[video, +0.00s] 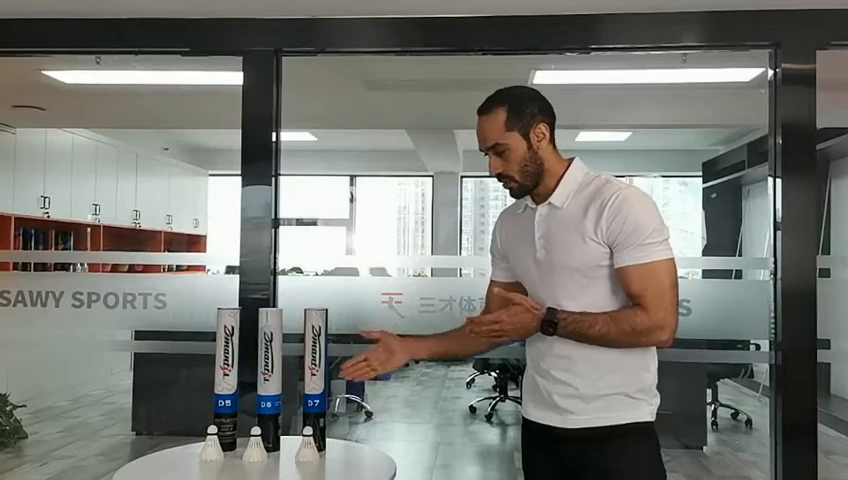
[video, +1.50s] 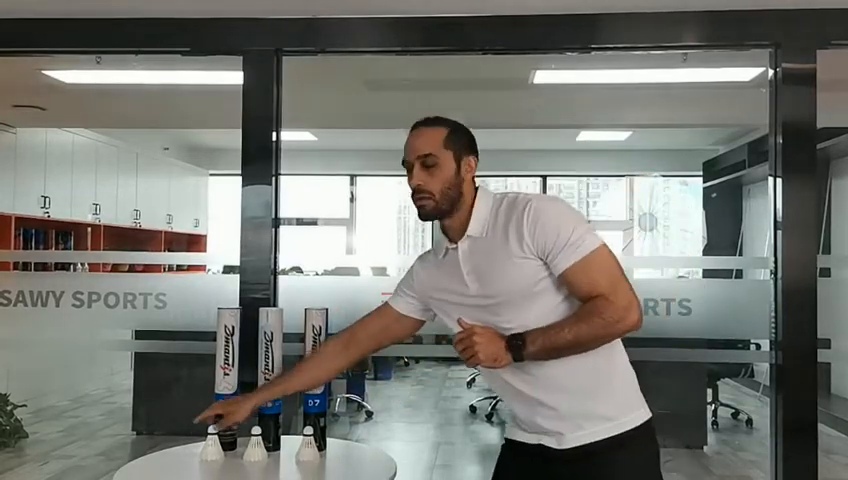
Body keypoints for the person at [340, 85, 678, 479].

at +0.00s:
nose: (492, 169)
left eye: (500, 151)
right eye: (488, 156)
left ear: (540, 135)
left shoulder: (620, 204)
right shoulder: (510, 224)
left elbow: (658, 326)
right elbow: (495, 326)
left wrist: (543, 320)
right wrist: (411, 347)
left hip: (618, 432)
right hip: (541, 431)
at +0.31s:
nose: (489, 166)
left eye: (495, 149)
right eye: (485, 153)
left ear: (536, 133)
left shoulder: (619, 203)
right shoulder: (513, 223)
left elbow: (655, 325)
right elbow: (513, 324)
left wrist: (539, 320)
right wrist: (435, 329)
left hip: (617, 430)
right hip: (542, 428)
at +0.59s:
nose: (496, 163)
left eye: (504, 145)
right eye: (492, 149)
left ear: (544, 132)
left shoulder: (622, 199)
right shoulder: (526, 224)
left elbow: (657, 323)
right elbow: (533, 331)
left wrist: (542, 319)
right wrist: (455, 356)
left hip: (626, 431)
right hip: (551, 428)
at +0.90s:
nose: (513, 156)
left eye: (520, 139)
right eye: (511, 143)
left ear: (562, 126)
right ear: (561, 127)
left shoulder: (645, 196)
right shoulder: (546, 226)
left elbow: (685, 323)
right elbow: (549, 330)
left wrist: (566, 321)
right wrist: (458, 364)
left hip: (656, 440)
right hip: (573, 432)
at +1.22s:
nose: (469, 158)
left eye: (479, 143)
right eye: (469, 146)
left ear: (523, 140)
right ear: (513, 143)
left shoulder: (606, 201)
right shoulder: (504, 241)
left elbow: (668, 313)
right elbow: (446, 323)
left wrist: (548, 331)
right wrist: (343, 361)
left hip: (640, 444)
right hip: (555, 440)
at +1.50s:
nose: (414, 180)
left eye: (428, 164)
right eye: (408, 168)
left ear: (469, 166)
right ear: (405, 176)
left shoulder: (539, 217)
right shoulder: (429, 274)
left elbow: (621, 310)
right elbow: (349, 347)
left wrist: (516, 346)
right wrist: (254, 400)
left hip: (613, 440)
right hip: (529, 446)